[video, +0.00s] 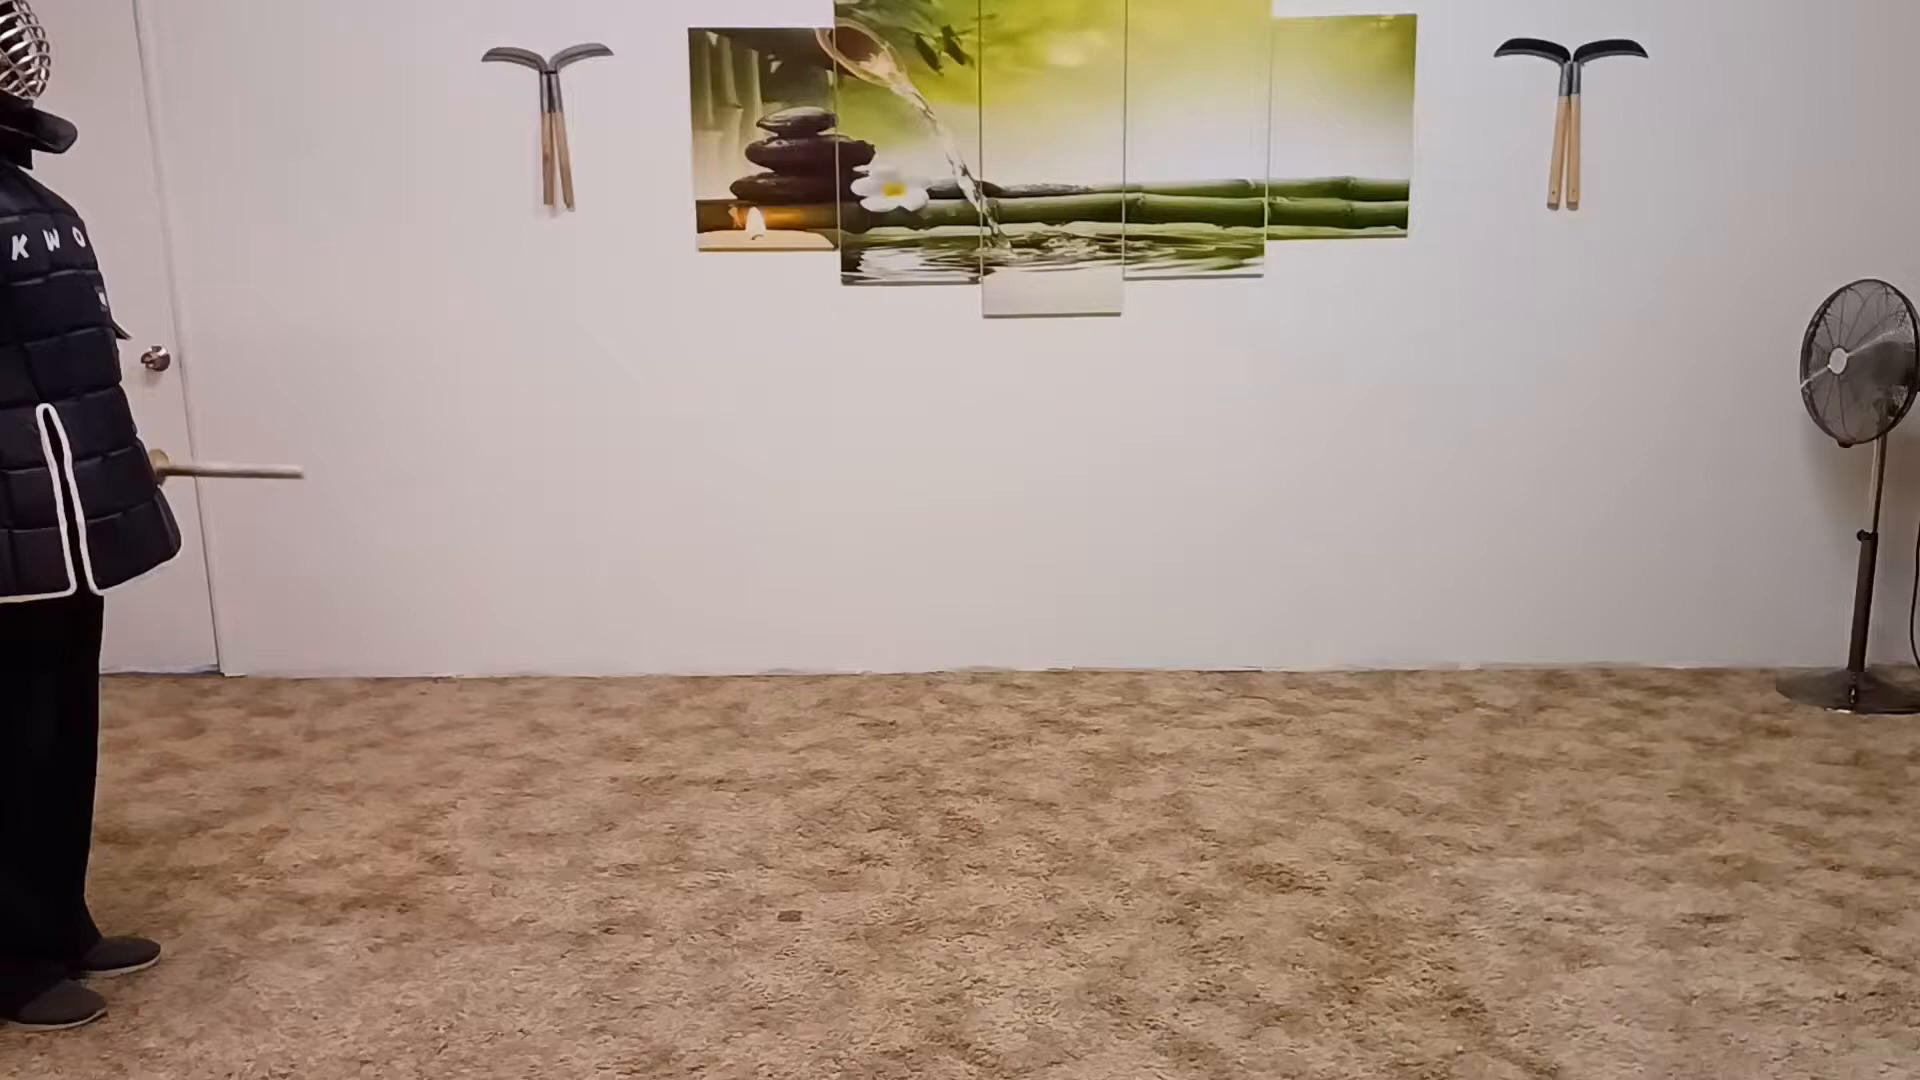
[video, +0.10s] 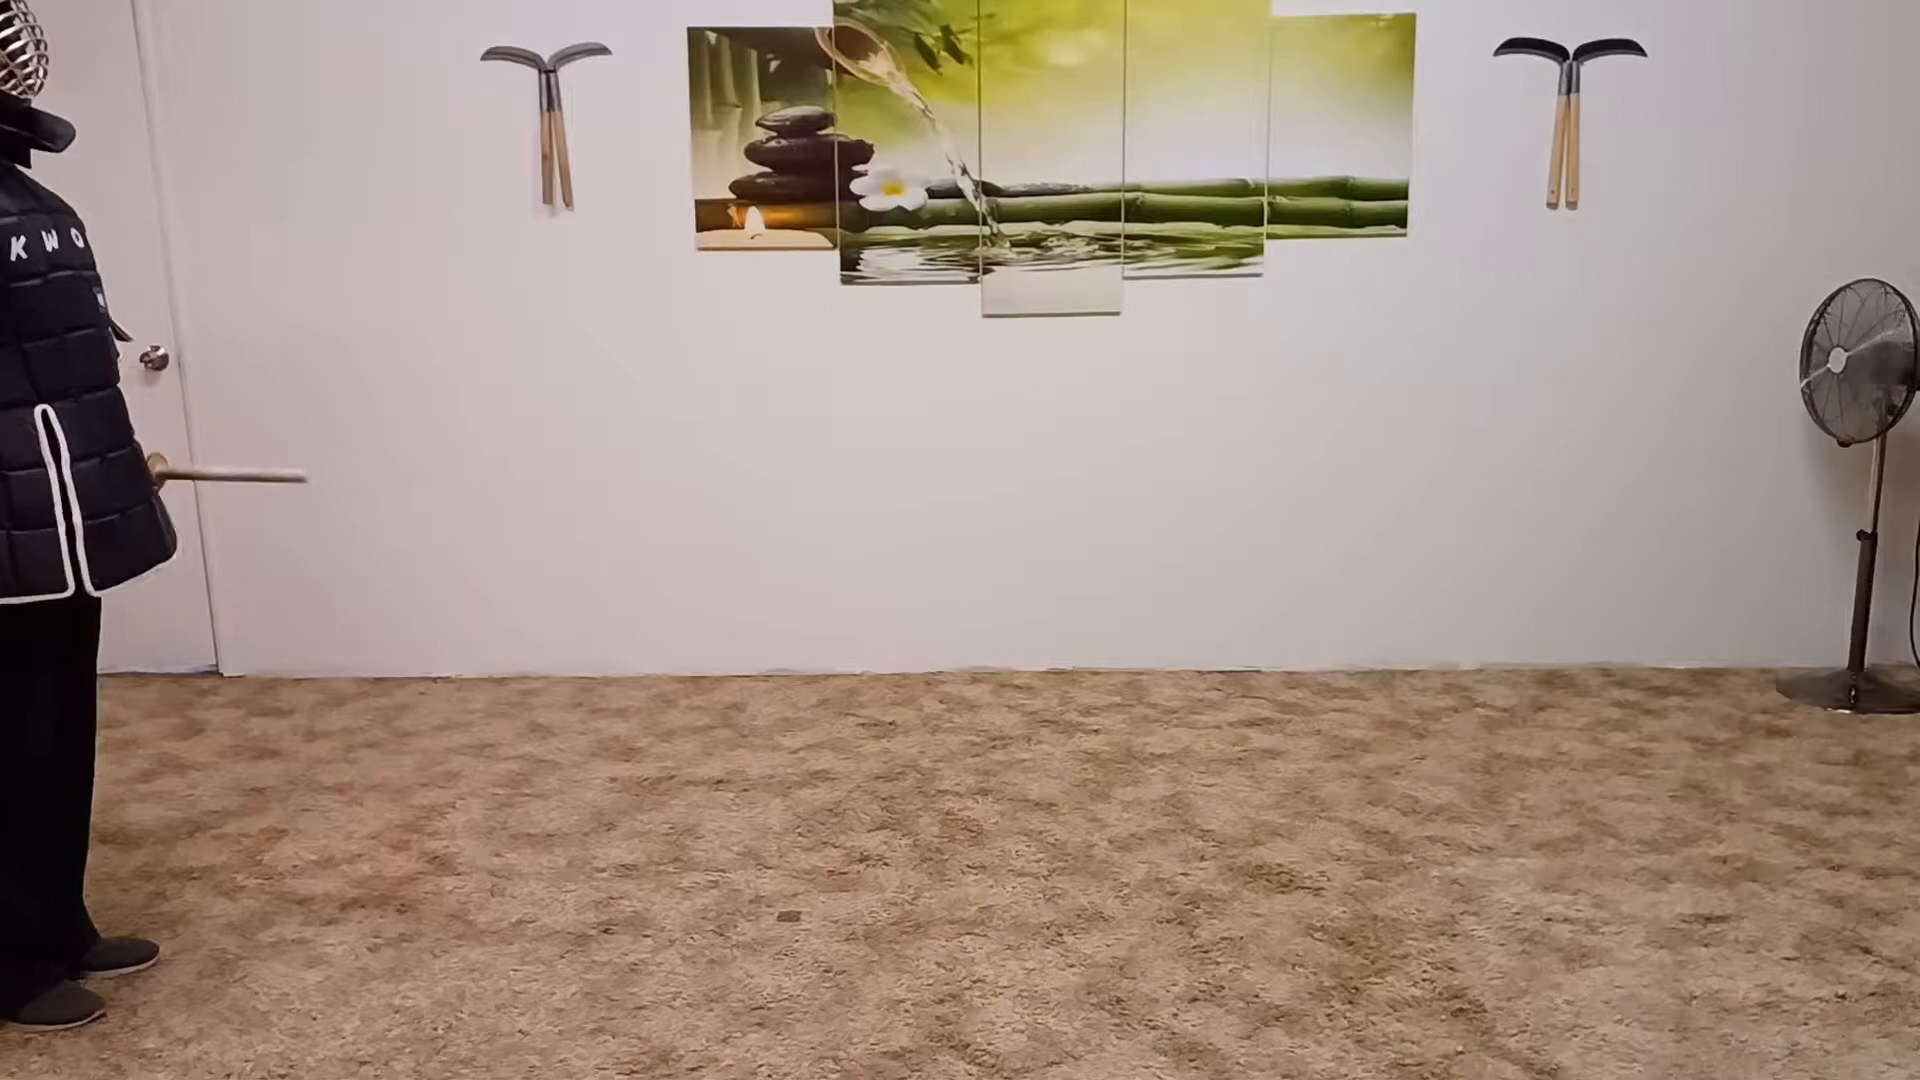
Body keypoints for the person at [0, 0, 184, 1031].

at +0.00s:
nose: (28, 87)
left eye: (27, 72)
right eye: (19, 70)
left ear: (21, 92)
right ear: (3, 90)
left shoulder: (44, 202)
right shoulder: (10, 210)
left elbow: (74, 362)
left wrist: (128, 487)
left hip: (69, 541)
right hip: (12, 554)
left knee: (65, 741)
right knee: (13, 753)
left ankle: (63, 931)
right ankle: (13, 968)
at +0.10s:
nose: (30, 82)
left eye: (26, 67)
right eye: (21, 65)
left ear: (17, 82)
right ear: (6, 80)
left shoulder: (39, 196)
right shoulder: (5, 202)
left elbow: (69, 356)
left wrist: (125, 463)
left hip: (67, 537)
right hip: (11, 551)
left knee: (63, 741)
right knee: (11, 752)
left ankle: (61, 931)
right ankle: (11, 968)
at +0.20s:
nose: (23, 64)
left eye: (22, 49)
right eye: (12, 50)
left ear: (23, 72)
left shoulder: (41, 196)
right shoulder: (7, 202)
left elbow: (78, 333)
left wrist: (128, 345)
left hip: (75, 533)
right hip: (15, 545)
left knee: (64, 743)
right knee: (13, 753)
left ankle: (63, 932)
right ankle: (14, 969)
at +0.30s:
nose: (22, 76)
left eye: (21, 60)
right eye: (14, 60)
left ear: (18, 74)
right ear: (3, 75)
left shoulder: (40, 194)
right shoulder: (7, 197)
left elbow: (70, 324)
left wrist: (129, 332)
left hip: (66, 533)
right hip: (10, 544)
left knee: (60, 740)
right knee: (9, 751)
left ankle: (59, 931)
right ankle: (10, 968)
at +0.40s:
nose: (20, 68)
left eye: (19, 53)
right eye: (11, 54)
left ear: (18, 71)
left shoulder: (42, 204)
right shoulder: (7, 205)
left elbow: (83, 378)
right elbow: (30, 389)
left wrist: (139, 496)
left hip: (63, 539)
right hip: (7, 551)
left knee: (54, 748)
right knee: (5, 757)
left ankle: (57, 931)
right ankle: (8, 968)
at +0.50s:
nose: (23, 68)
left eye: (24, 54)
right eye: (13, 54)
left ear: (26, 72)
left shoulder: (48, 206)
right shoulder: (7, 205)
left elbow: (94, 373)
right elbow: (30, 382)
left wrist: (152, 490)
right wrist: (25, 543)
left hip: (68, 540)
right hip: (13, 550)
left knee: (61, 741)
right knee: (11, 750)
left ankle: (61, 931)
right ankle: (12, 968)